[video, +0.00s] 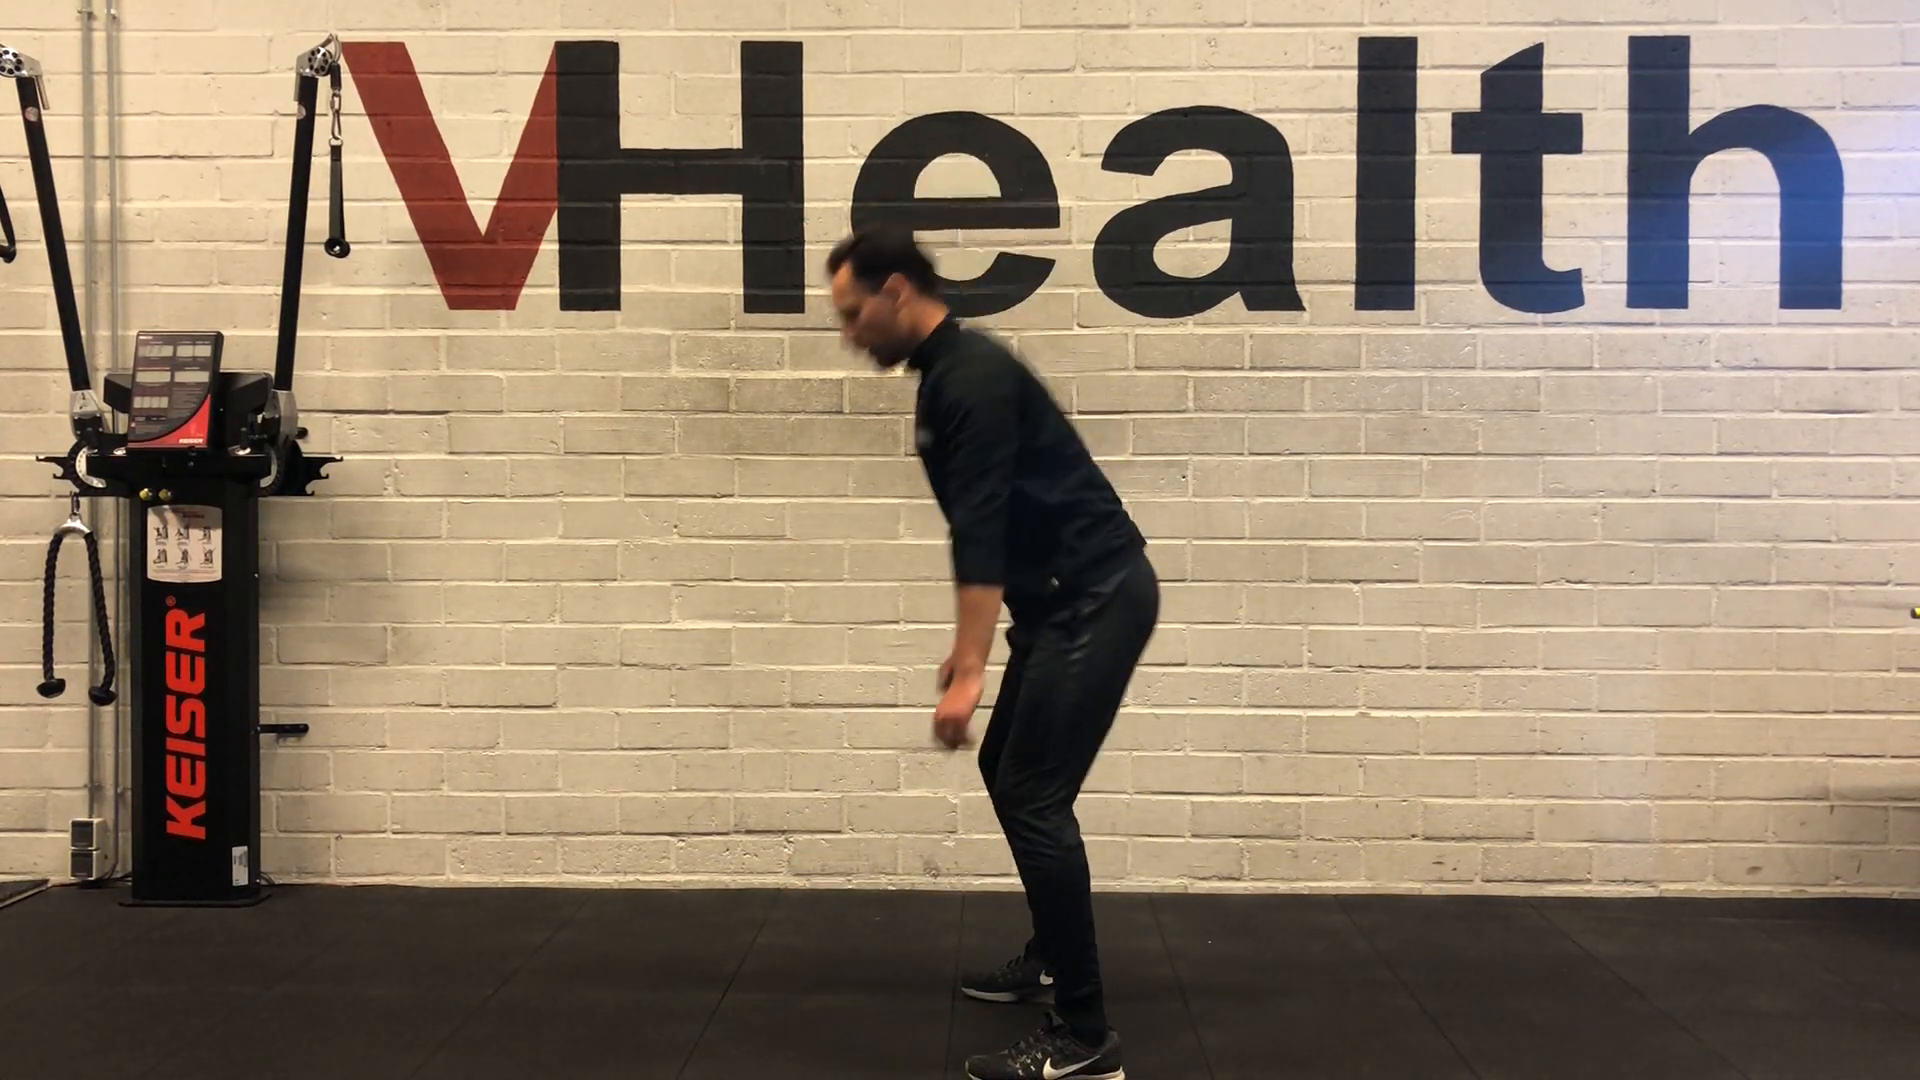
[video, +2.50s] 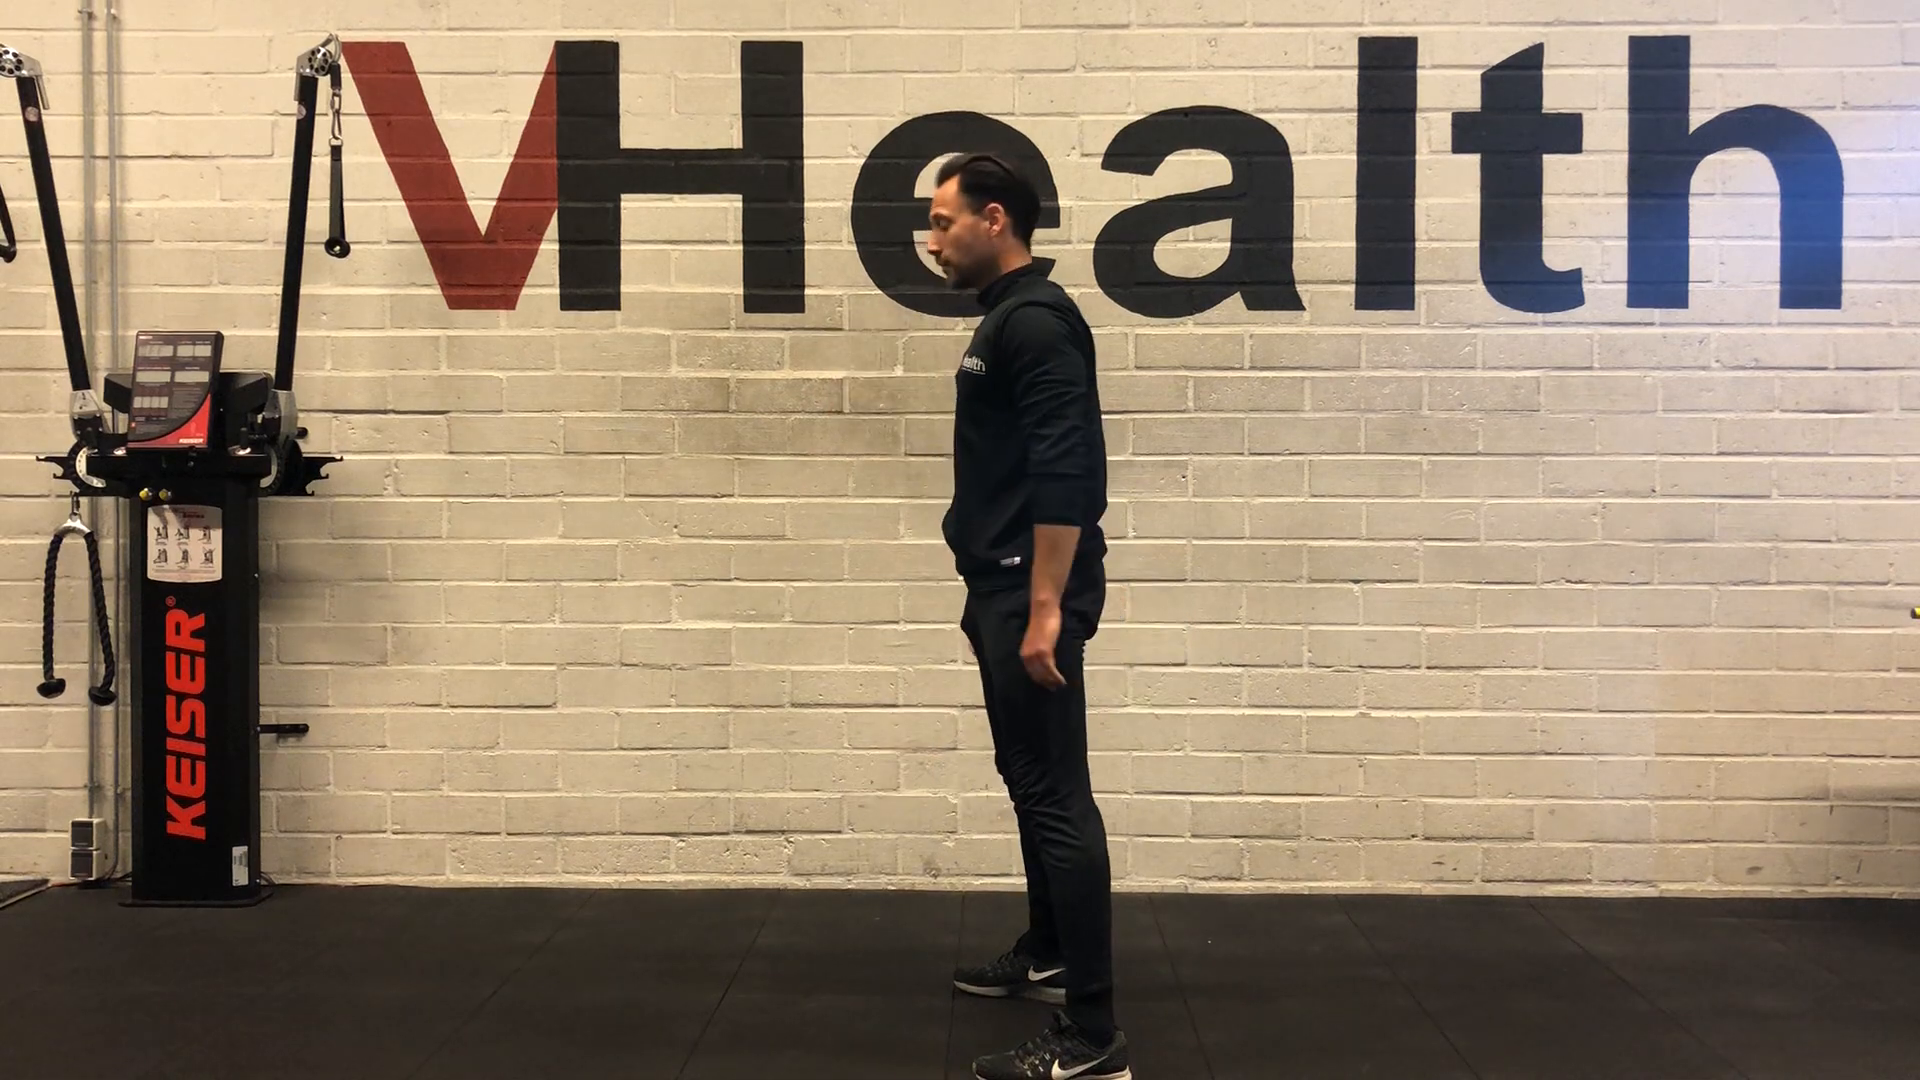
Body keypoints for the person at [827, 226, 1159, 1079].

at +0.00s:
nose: (847, 334)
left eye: (851, 314)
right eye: (840, 318)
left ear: (899, 291)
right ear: (896, 295)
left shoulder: (971, 381)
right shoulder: (948, 376)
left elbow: (981, 540)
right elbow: (980, 537)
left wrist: (965, 674)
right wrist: (968, 661)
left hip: (1100, 600)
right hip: (1059, 602)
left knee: (1035, 792)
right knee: (1010, 769)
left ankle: (1083, 1032)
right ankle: (1056, 956)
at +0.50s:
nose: (782, 773)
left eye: (774, 755)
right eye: (769, 760)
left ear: (807, 720)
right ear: (814, 709)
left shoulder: (894, 732)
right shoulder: (878, 701)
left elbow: (893, 891)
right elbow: (889, 862)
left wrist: (858, 1049)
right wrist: (869, 969)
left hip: (1116, 634)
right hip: (1093, 626)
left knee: (1014, 818)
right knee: (1009, 801)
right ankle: (1105, 942)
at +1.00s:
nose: (742, 748)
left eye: (746, 730)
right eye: (738, 732)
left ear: (795, 718)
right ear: (804, 709)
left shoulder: (883, 778)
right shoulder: (875, 753)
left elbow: (916, 925)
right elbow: (920, 891)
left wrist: (869, 1058)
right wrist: (887, 975)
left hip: (1061, 939)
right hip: (1062, 904)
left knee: (1267, 1044)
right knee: (1226, 965)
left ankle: (1496, 1011)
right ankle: (1415, 911)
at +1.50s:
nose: (793, 703)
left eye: (790, 685)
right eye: (784, 689)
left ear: (828, 655)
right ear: (832, 651)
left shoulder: (909, 697)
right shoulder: (898, 671)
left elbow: (884, 855)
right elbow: (885, 826)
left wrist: (832, 1010)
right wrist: (845, 919)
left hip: (1159, 699)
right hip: (1131, 680)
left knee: (1003, 817)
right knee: (992, 795)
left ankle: (1088, 1035)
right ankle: (1039, 949)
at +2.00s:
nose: (879, 277)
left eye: (890, 260)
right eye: (879, 262)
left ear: (944, 259)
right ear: (942, 262)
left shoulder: (991, 347)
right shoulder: (966, 346)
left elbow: (1034, 497)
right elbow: (1017, 492)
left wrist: (1040, 633)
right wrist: (1019, 613)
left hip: (1080, 593)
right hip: (1041, 592)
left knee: (1032, 791)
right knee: (997, 764)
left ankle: (1089, 1033)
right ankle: (1046, 949)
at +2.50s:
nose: (930, 234)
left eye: (940, 218)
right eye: (929, 219)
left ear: (995, 219)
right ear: (991, 221)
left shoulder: (1034, 321)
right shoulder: (1009, 318)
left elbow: (1065, 471)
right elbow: (1026, 467)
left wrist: (1045, 605)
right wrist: (1001, 594)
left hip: (1033, 595)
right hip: (1007, 590)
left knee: (1057, 800)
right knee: (1030, 784)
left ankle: (1092, 1031)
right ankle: (1048, 952)